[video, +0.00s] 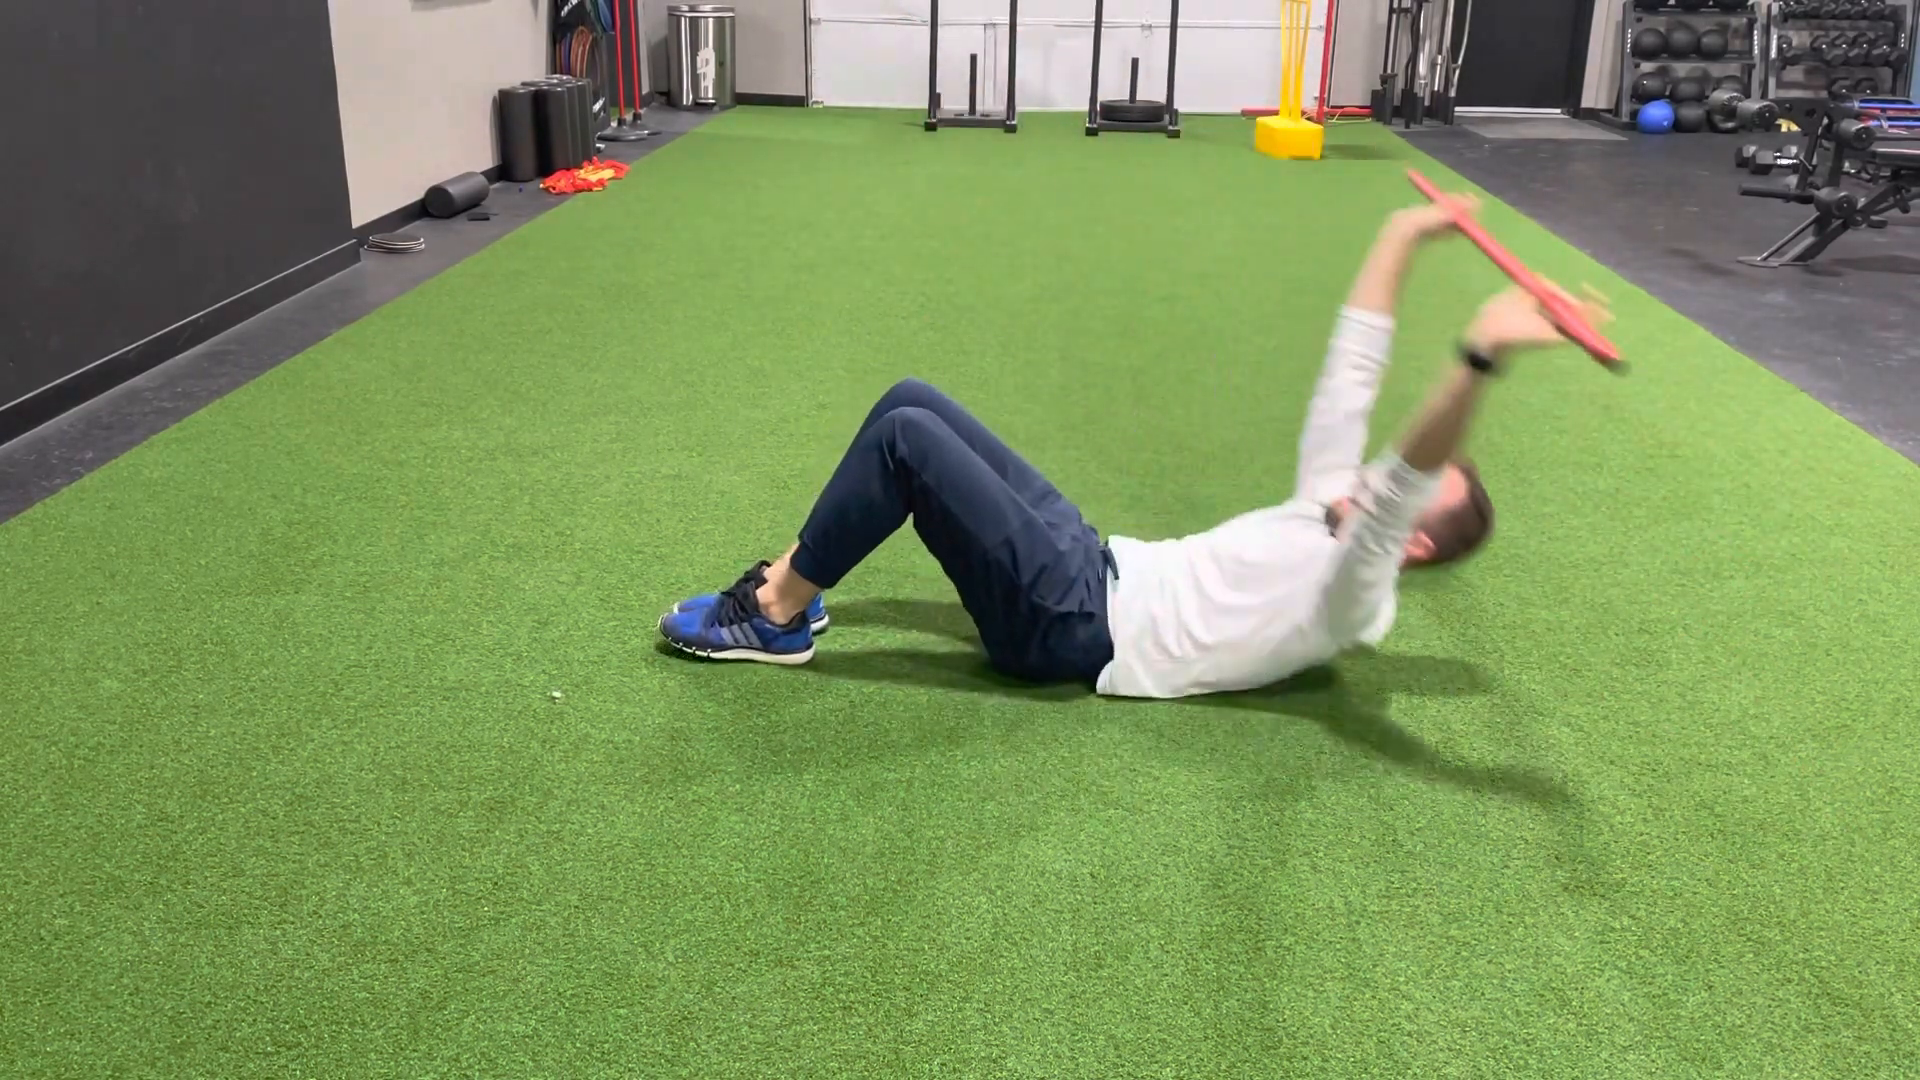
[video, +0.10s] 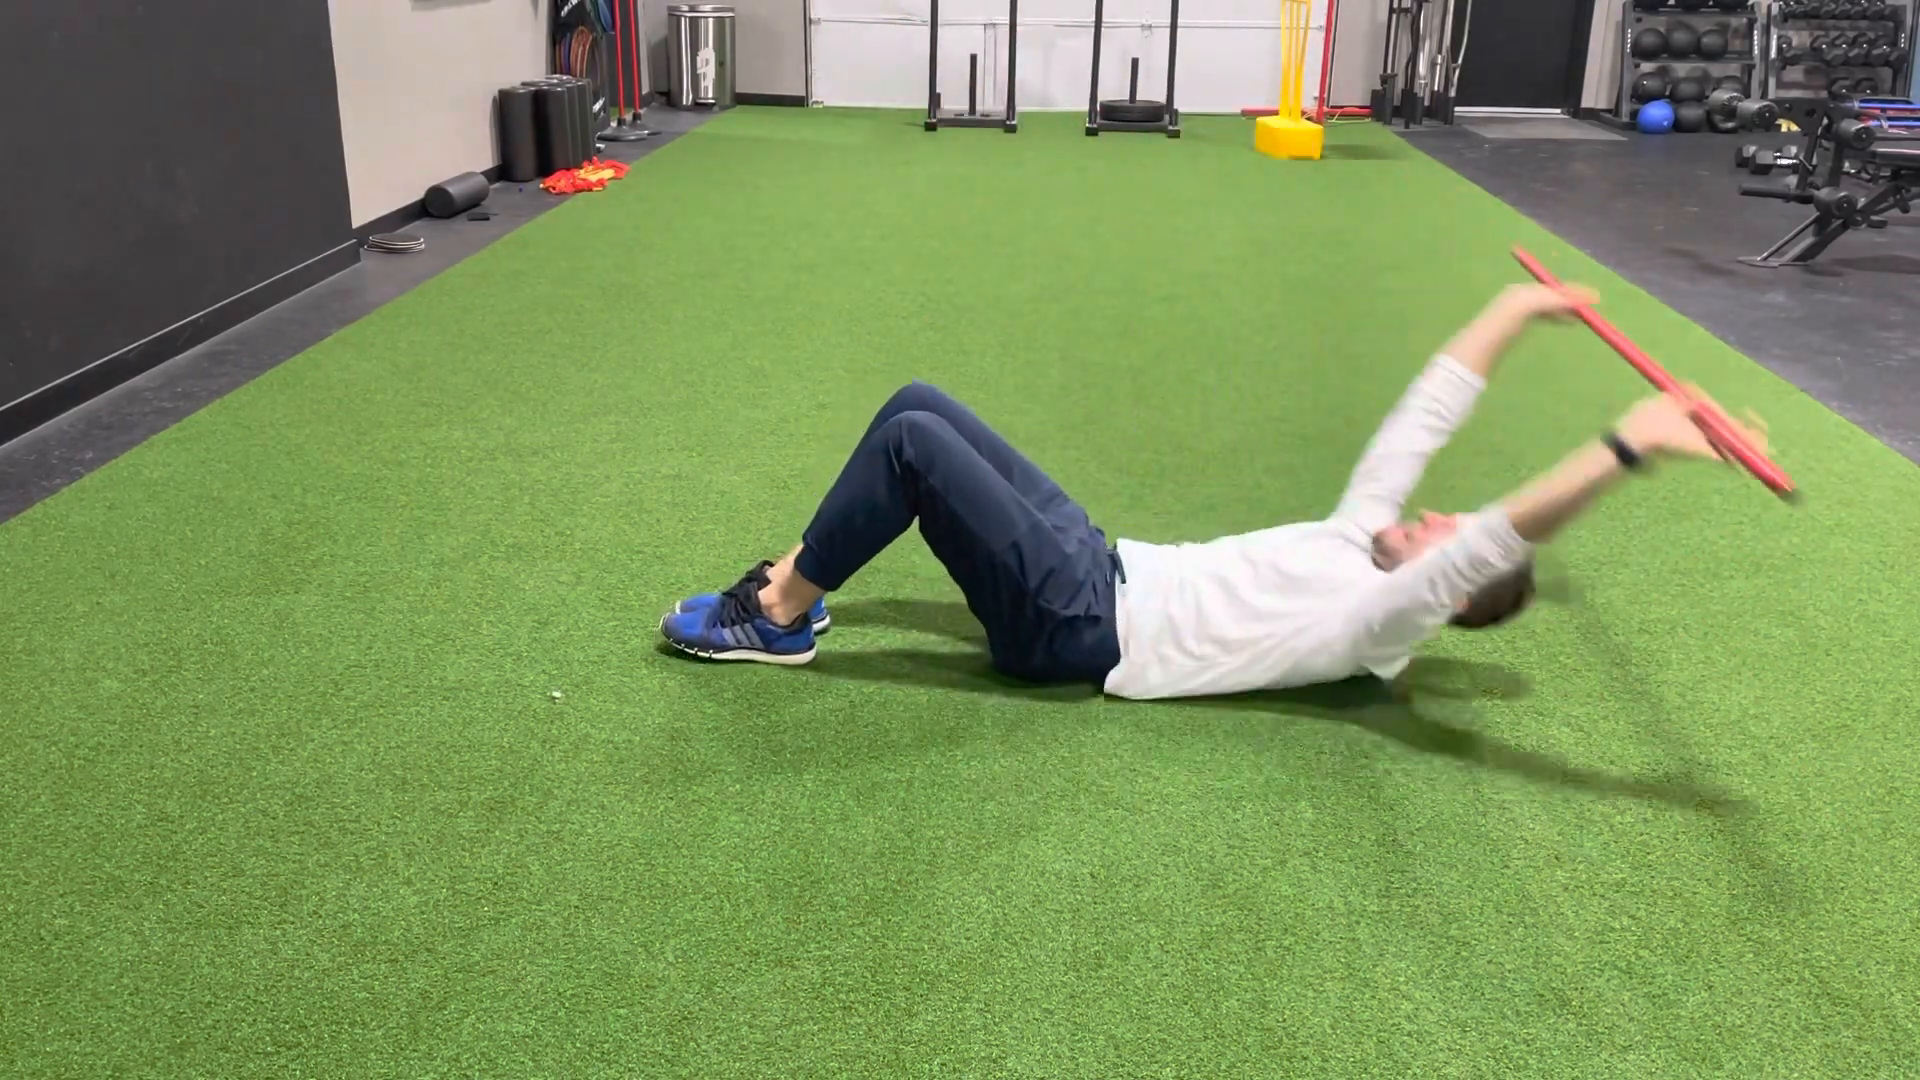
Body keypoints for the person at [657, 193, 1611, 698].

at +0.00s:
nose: (1413, 473)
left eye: (1434, 489)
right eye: (1424, 471)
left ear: (1432, 539)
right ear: (1395, 483)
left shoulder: (1353, 592)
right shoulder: (1325, 518)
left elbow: (1412, 469)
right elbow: (1353, 372)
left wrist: (1480, 354)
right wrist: (1400, 232)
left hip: (1084, 621)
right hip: (1092, 561)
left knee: (907, 435)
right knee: (909, 399)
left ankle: (776, 609)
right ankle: (789, 584)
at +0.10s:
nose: (1428, 522)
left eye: (1453, 537)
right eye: (1440, 514)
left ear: (1456, 580)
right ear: (1422, 517)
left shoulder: (1384, 616)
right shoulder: (1356, 541)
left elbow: (1508, 536)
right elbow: (1420, 419)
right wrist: (1512, 303)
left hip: (1087, 617)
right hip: (1104, 566)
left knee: (911, 423)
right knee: (919, 407)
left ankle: (787, 606)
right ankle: (798, 581)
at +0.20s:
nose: (1461, 541)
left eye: (1480, 559)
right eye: (1472, 537)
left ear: (1484, 603)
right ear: (1449, 546)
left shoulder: (1407, 635)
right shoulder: (1380, 554)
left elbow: (1562, 583)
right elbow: (1466, 463)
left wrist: (1717, 534)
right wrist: (1578, 395)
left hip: (1094, 621)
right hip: (1108, 571)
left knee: (915, 432)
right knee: (922, 409)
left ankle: (783, 607)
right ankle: (794, 587)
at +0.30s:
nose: (1477, 569)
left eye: (1496, 588)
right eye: (1490, 563)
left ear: (1483, 626)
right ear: (1465, 559)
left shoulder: (1405, 650)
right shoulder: (1386, 567)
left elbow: (1581, 623)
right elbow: (1492, 499)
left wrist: (1747, 608)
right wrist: (1602, 459)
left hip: (1091, 619)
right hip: (1104, 564)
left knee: (913, 432)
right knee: (919, 406)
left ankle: (785, 602)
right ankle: (799, 582)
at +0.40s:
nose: (1473, 564)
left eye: (1488, 584)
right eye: (1486, 565)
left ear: (1482, 629)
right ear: (1470, 577)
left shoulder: (1406, 656)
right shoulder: (1395, 578)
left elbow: (1571, 667)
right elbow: (1486, 526)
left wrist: (1737, 674)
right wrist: (1599, 505)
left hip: (1088, 619)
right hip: (1105, 567)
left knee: (909, 429)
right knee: (917, 404)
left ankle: (780, 609)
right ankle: (792, 585)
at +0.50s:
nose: (1464, 577)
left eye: (1478, 595)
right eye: (1477, 577)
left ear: (1474, 641)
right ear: (1458, 580)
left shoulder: (1400, 662)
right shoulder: (1386, 583)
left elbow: (1567, 694)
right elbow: (1486, 542)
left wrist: (1733, 710)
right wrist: (1590, 535)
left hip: (1083, 621)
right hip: (1100, 561)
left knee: (906, 431)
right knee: (914, 403)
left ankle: (785, 610)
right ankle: (797, 581)